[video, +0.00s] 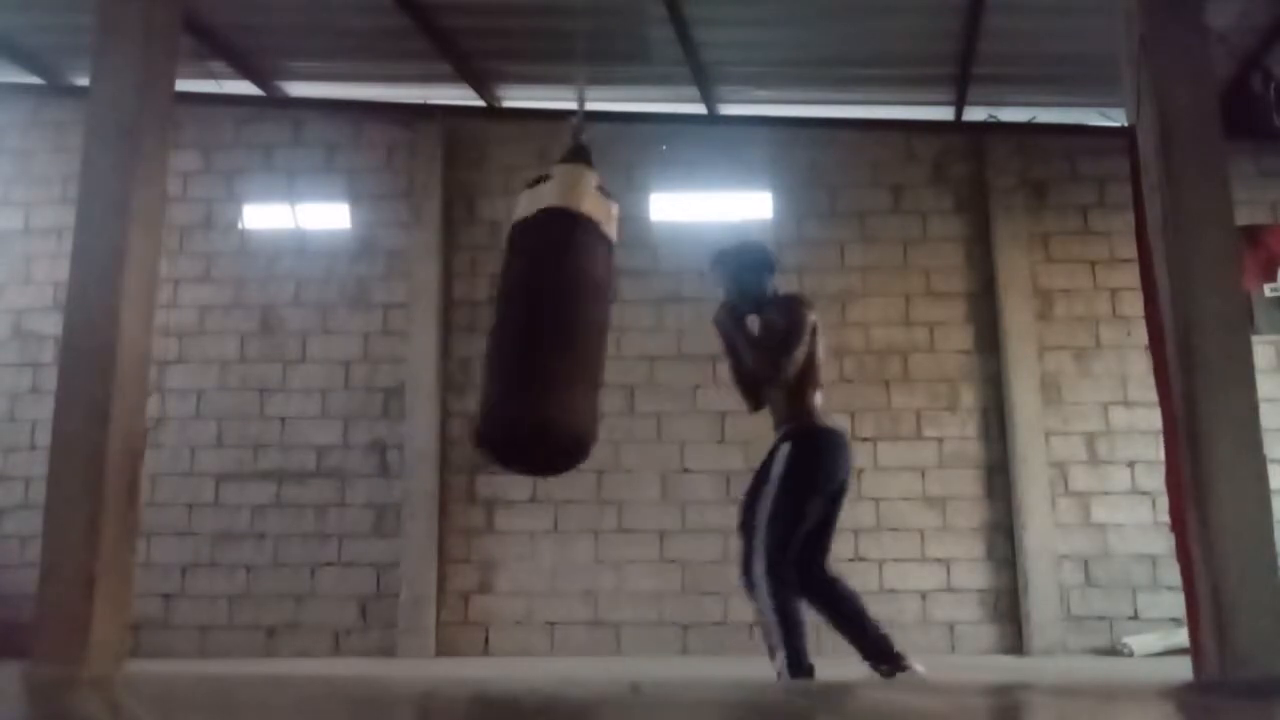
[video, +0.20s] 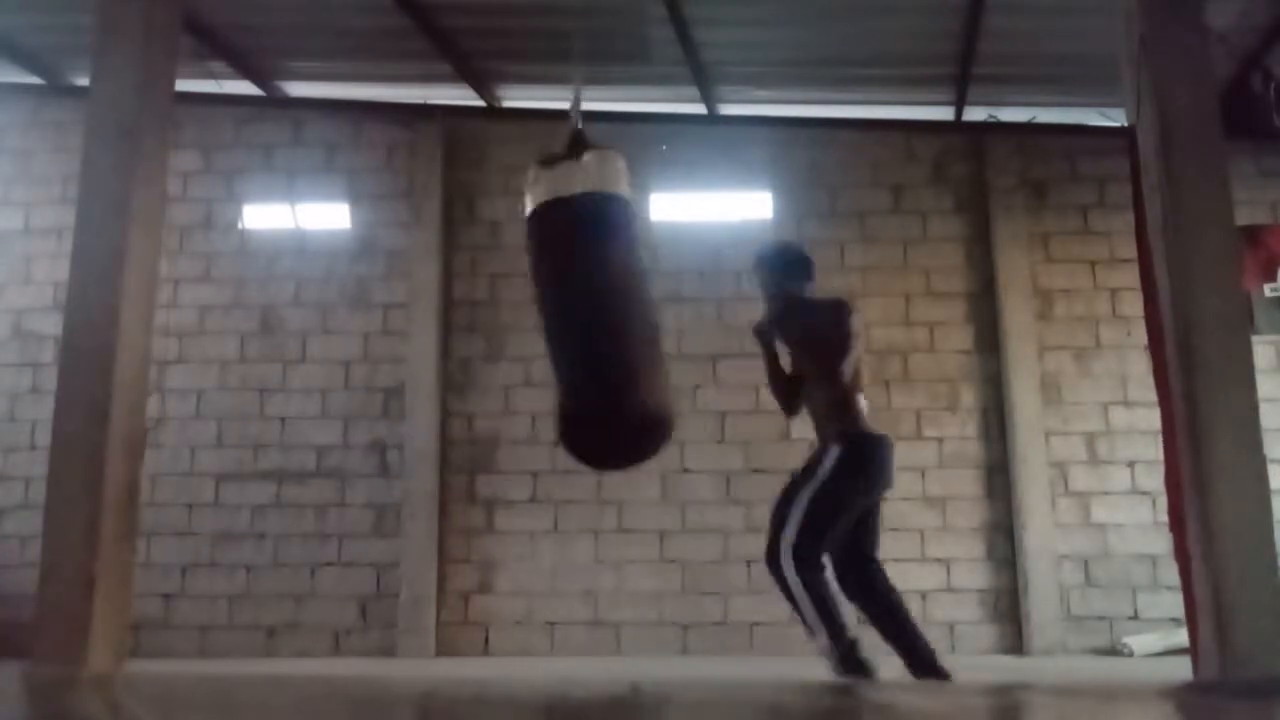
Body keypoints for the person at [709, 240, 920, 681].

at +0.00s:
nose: (723, 291)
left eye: (727, 282)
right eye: (722, 283)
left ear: (748, 278)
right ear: (760, 277)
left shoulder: (790, 310)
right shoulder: (771, 324)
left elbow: (774, 375)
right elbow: (753, 397)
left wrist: (732, 326)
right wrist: (730, 336)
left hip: (802, 448)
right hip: (827, 446)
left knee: (763, 564)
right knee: (809, 569)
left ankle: (796, 679)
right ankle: (893, 666)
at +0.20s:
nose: (762, 292)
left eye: (767, 282)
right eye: (760, 283)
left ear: (788, 282)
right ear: (790, 283)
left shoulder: (830, 312)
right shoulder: (798, 332)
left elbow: (839, 376)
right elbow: (788, 400)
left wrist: (791, 331)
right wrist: (767, 344)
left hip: (849, 452)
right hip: (860, 453)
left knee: (788, 552)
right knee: (857, 569)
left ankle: (848, 665)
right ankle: (933, 677)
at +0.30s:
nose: (781, 315)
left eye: (786, 304)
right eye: (780, 305)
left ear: (813, 304)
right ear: (802, 306)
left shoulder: (855, 333)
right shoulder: (819, 353)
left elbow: (853, 400)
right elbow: (803, 421)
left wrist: (805, 355)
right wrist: (782, 364)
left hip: (868, 477)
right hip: (875, 477)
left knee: (809, 579)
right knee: (864, 589)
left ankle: (886, 678)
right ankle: (930, 679)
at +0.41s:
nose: (784, 302)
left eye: (788, 291)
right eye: (782, 292)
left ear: (814, 288)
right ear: (806, 290)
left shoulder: (857, 319)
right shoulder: (820, 336)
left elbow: (862, 382)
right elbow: (814, 406)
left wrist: (808, 343)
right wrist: (790, 354)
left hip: (870, 456)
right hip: (885, 456)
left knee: (826, 561)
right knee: (870, 570)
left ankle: (886, 672)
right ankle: (933, 675)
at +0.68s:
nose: (790, 295)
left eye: (795, 283)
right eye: (789, 285)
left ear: (822, 281)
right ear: (816, 284)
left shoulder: (860, 309)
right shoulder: (832, 332)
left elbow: (859, 375)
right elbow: (816, 400)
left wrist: (821, 325)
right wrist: (792, 341)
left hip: (875, 452)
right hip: (877, 453)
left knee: (850, 571)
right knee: (858, 572)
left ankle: (906, 674)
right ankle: (946, 654)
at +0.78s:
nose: (793, 301)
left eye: (798, 291)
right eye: (792, 292)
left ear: (824, 289)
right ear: (817, 293)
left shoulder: (867, 320)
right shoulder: (827, 339)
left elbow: (859, 384)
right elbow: (820, 412)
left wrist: (815, 337)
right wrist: (795, 351)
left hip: (878, 460)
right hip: (875, 462)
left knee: (846, 580)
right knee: (855, 582)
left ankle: (904, 676)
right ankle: (954, 661)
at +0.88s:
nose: (791, 287)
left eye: (795, 276)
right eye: (790, 278)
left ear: (821, 274)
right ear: (818, 277)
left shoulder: (863, 303)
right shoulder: (832, 325)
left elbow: (866, 365)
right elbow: (820, 395)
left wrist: (814, 327)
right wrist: (794, 338)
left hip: (874, 442)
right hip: (876, 443)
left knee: (850, 561)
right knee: (858, 564)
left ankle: (904, 669)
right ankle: (945, 656)